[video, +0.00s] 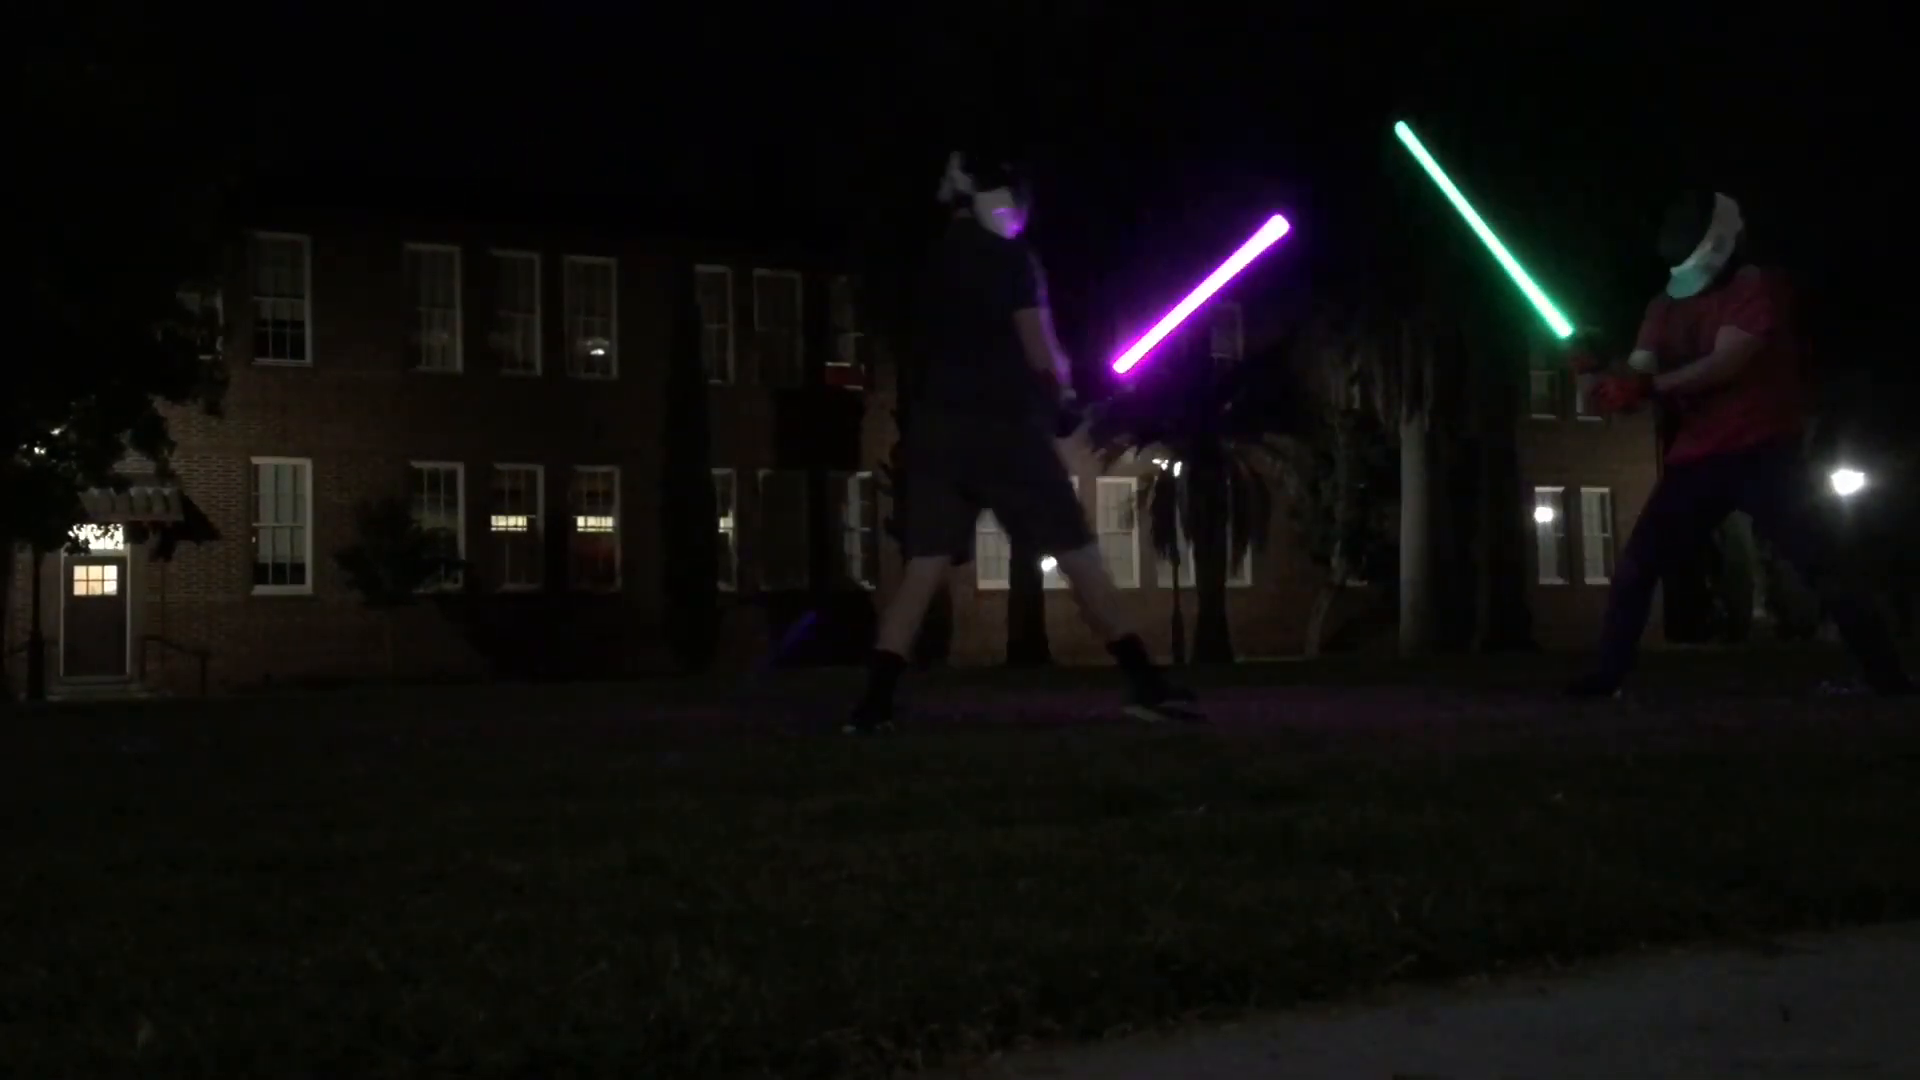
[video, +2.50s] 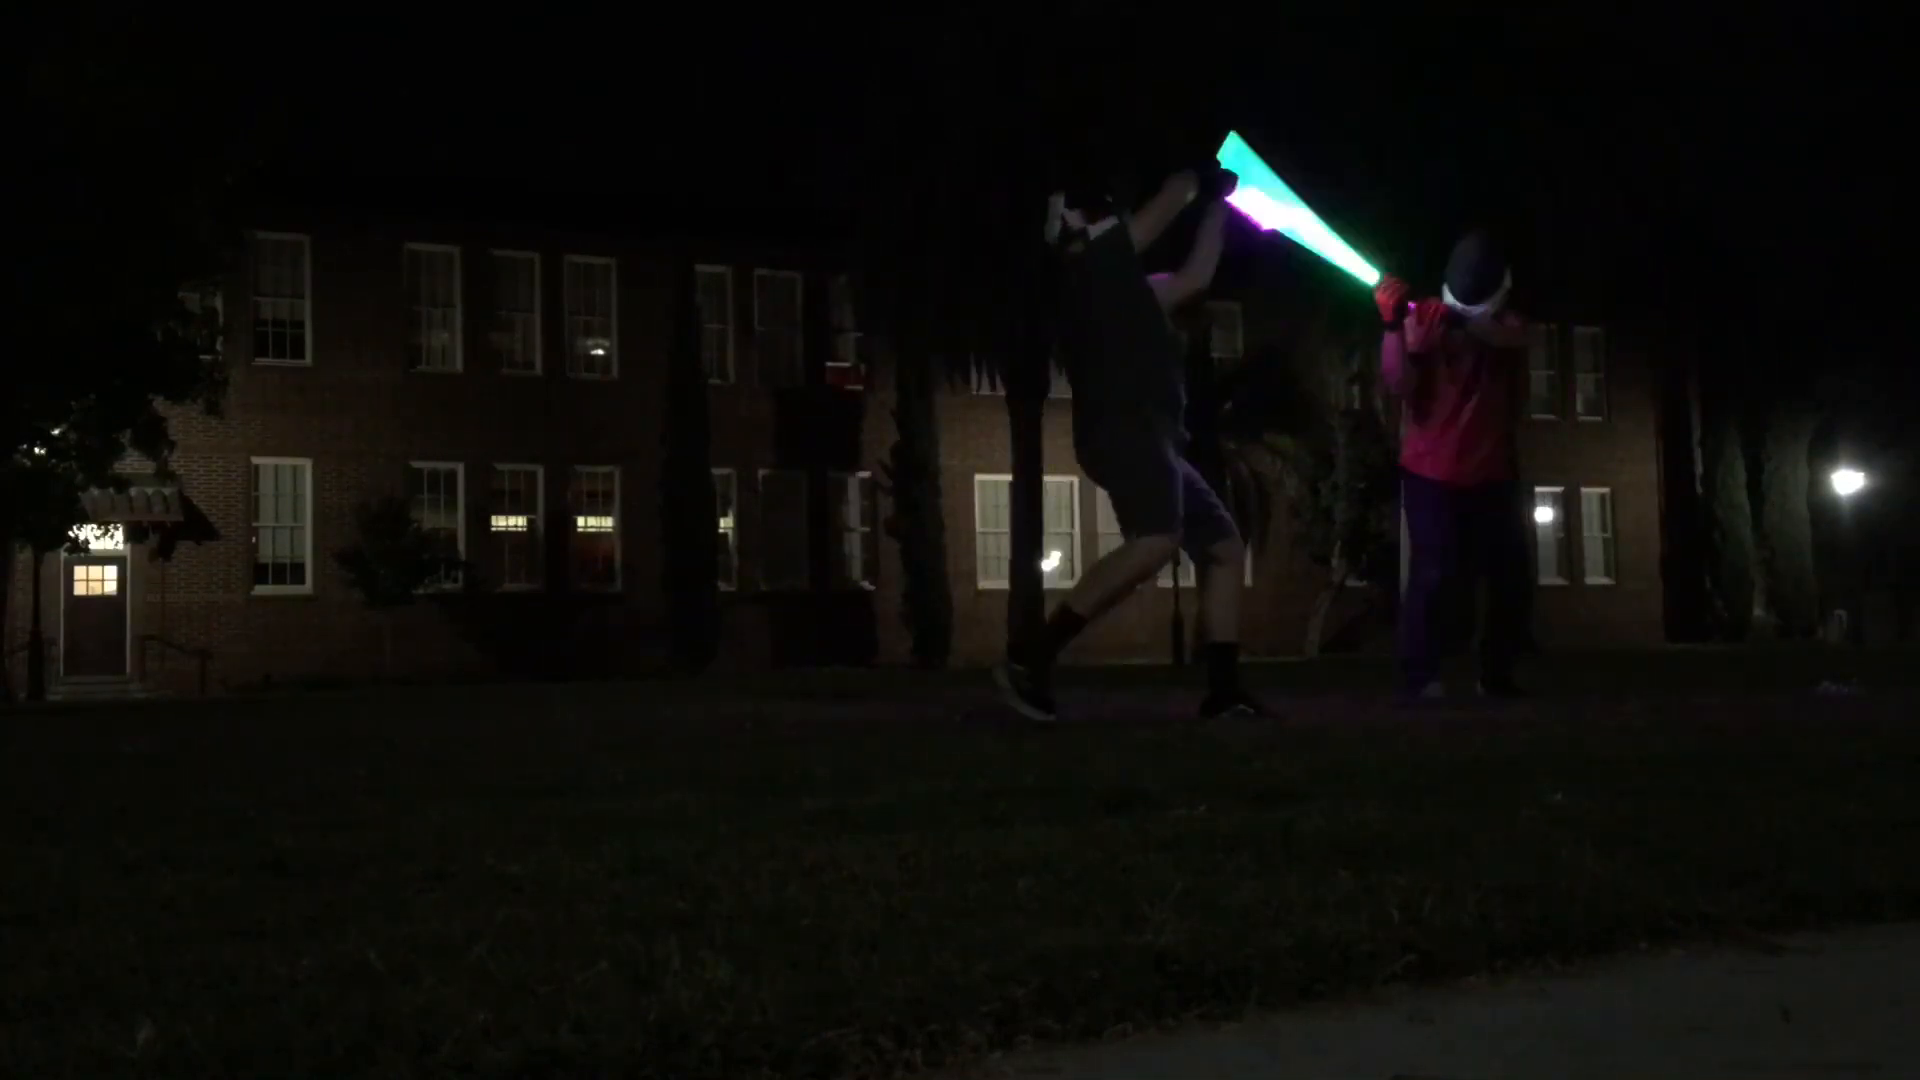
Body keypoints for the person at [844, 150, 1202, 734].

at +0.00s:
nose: (1021, 217)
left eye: (1020, 204)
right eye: (1012, 205)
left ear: (962, 206)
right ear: (987, 205)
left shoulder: (928, 261)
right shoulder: (1011, 260)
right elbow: (1041, 353)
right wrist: (1065, 391)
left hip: (937, 440)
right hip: (1009, 440)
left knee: (923, 569)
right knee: (1083, 564)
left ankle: (874, 699)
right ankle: (1145, 684)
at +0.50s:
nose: (903, 197)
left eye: (901, 184)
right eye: (895, 184)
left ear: (852, 188)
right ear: (867, 186)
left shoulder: (832, 238)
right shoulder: (877, 240)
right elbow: (909, 344)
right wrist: (939, 402)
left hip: (851, 421)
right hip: (858, 422)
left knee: (895, 554)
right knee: (824, 560)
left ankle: (869, 702)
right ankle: (744, 700)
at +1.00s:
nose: (912, 193)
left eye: (909, 180)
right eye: (903, 181)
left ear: (866, 184)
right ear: (878, 183)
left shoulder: (848, 233)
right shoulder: (881, 234)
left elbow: (903, 333)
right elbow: (914, 337)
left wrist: (956, 388)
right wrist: (952, 399)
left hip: (865, 413)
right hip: (870, 415)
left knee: (906, 555)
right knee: (891, 553)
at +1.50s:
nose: (982, 178)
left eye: (980, 164)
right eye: (974, 164)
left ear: (918, 165)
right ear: (948, 166)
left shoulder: (884, 222)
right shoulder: (955, 230)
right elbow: (996, 336)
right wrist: (1024, 380)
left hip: (902, 403)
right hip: (952, 402)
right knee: (996, 541)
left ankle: (927, 684)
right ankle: (934, 688)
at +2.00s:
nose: (1115, 219)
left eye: (1112, 209)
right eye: (1110, 208)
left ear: (1061, 210)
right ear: (1088, 211)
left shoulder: (1058, 261)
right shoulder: (1095, 262)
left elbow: (1134, 254)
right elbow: (1199, 267)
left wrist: (1187, 216)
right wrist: (1221, 234)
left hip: (1093, 445)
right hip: (1091, 445)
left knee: (1181, 556)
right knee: (1066, 573)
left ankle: (1216, 692)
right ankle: (954, 696)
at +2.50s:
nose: (1113, 227)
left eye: (1101, 218)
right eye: (1102, 219)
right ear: (1089, 227)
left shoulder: (1120, 293)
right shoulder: (1091, 268)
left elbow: (1194, 278)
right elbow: (1173, 197)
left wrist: (1217, 203)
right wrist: (1200, 177)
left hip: (1150, 439)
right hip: (1121, 432)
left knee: (1225, 547)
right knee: (1155, 542)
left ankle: (1223, 693)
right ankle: (1033, 658)